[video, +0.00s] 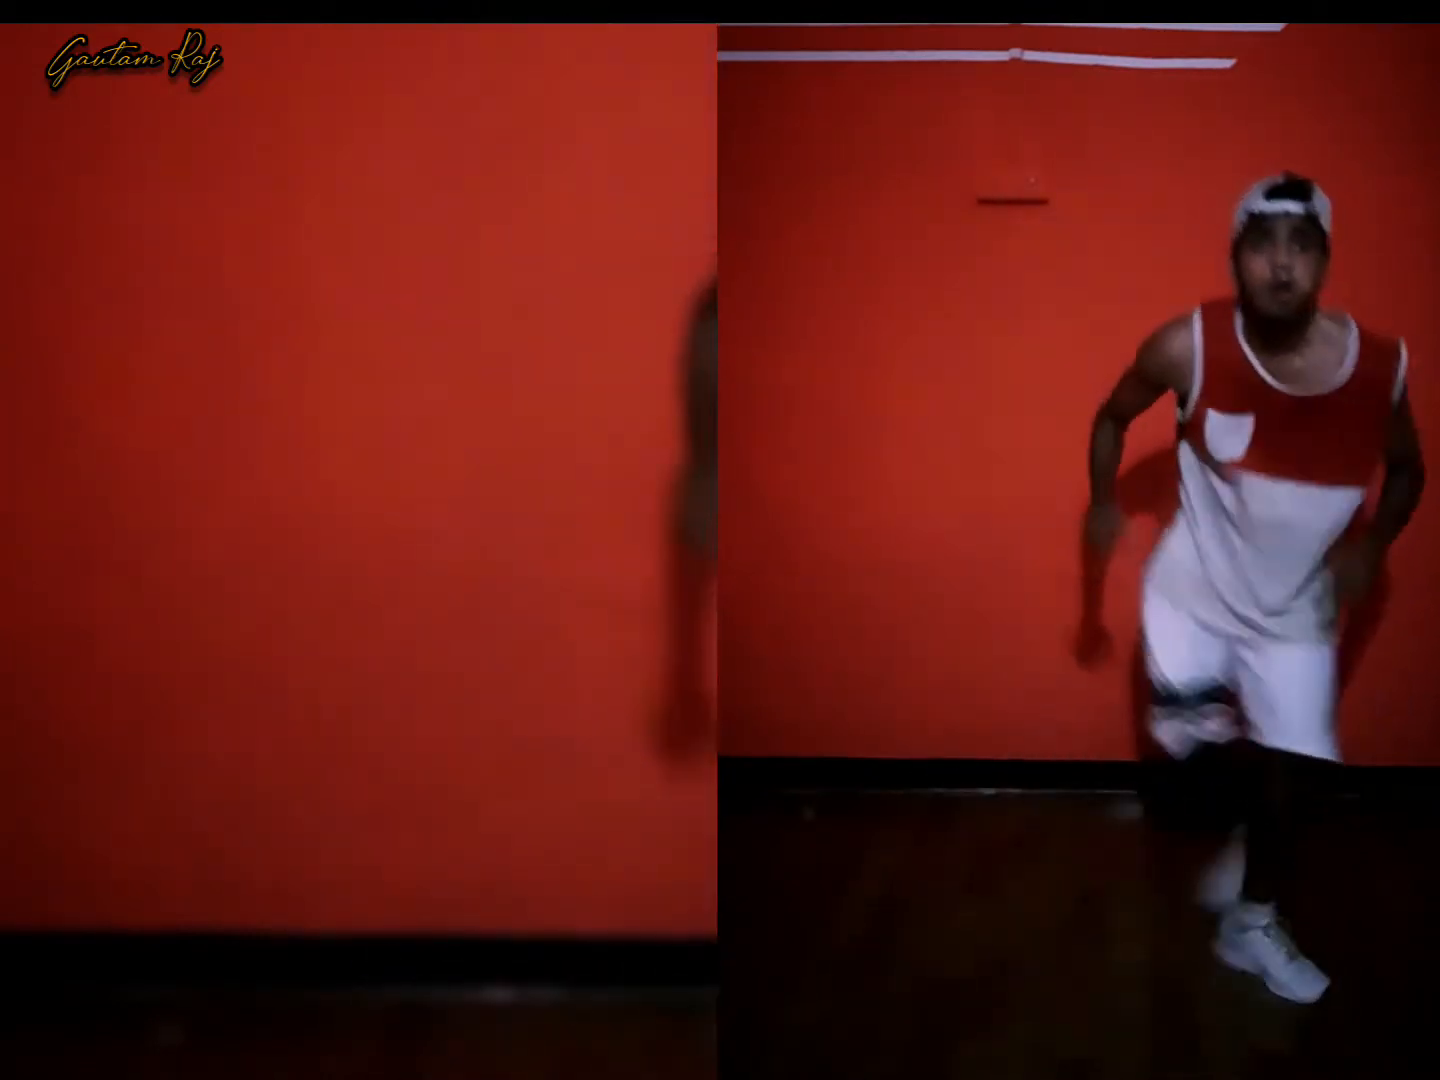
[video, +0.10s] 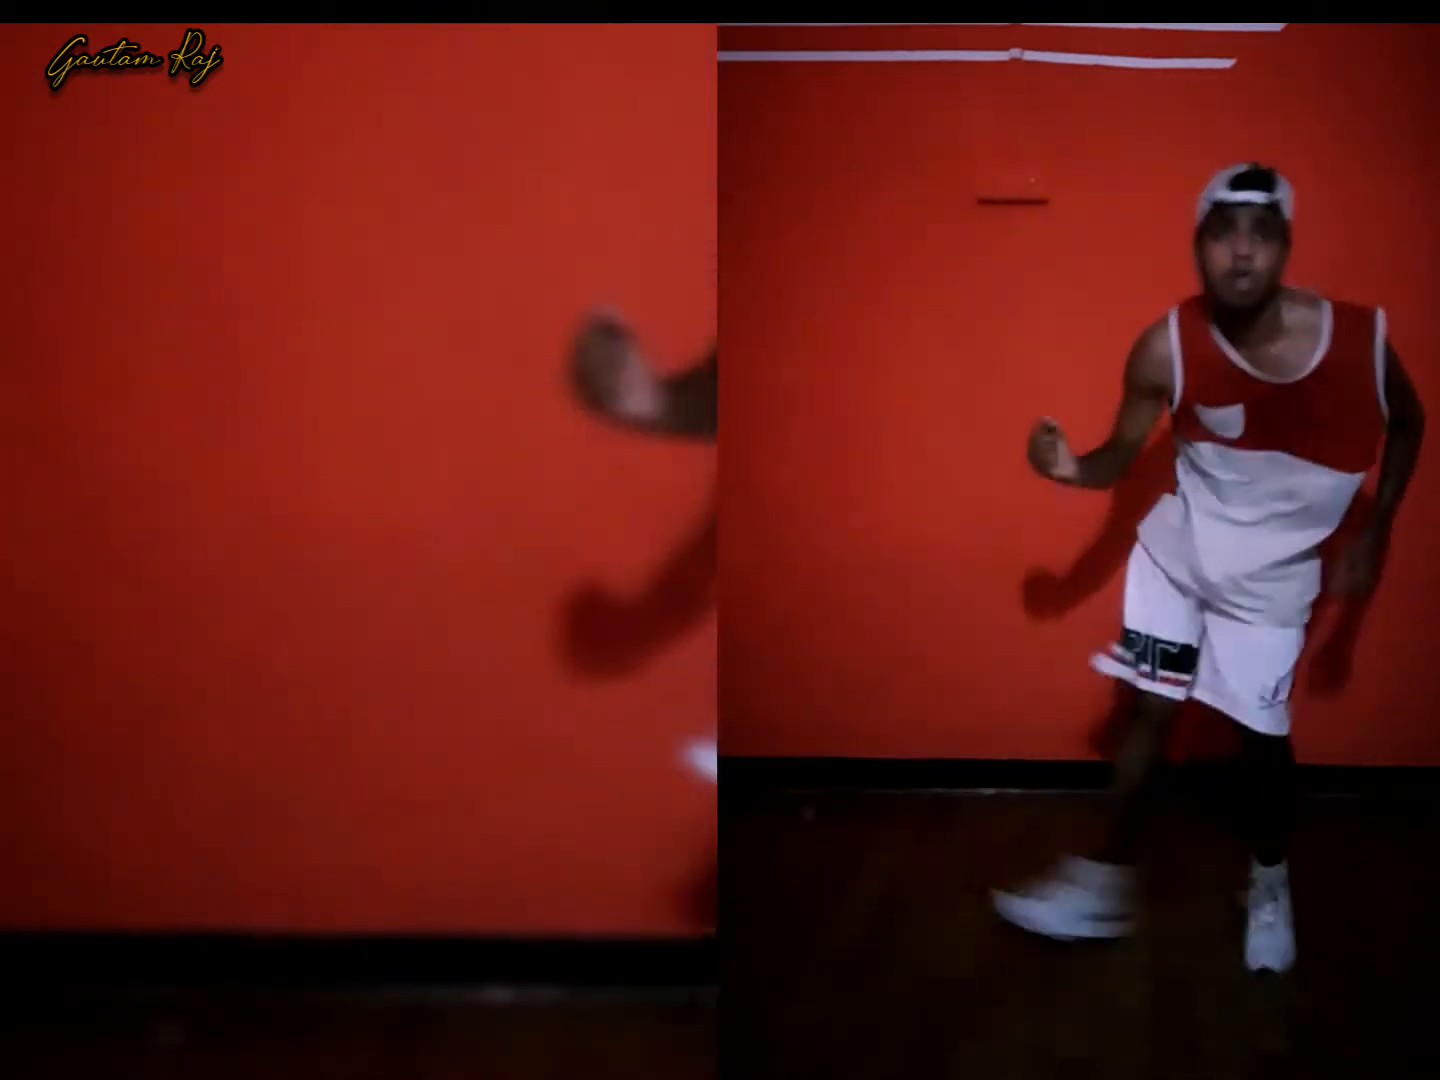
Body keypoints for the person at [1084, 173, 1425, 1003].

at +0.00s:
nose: (1280, 263)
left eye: (1299, 245)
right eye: (1262, 244)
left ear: (1325, 262)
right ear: (1235, 260)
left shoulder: (1377, 366)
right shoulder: (1188, 348)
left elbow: (1407, 471)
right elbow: (1112, 419)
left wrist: (1367, 547)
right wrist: (1102, 504)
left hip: (1295, 615)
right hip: (1192, 597)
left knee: (1296, 775)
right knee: (1198, 768)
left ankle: (1253, 919)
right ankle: (1233, 845)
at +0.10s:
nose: (1242, 253)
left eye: (1261, 235)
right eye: (1225, 233)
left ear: (1286, 249)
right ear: (1198, 247)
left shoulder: (1358, 343)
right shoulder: (1169, 348)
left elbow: (1407, 423)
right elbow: (1119, 452)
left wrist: (1369, 534)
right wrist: (1073, 468)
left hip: (1280, 570)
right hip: (1184, 546)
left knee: (1263, 738)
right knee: (1148, 706)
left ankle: (1268, 890)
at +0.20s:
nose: (1221, 269)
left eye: (1239, 252)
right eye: (1203, 251)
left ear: (1262, 267)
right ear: (1175, 266)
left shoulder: (1328, 352)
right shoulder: (1147, 364)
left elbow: (1400, 395)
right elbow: (1072, 451)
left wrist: (1366, 508)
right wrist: (1051, 515)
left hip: (1281, 569)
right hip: (1182, 554)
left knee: (1262, 747)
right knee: (1103, 701)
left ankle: (1266, 890)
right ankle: (1034, 878)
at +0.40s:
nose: (1207, 263)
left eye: (1223, 245)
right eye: (1189, 246)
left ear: (1247, 259)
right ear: (1163, 260)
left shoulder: (1293, 363)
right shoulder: (1114, 348)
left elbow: (1292, 507)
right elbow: (1045, 413)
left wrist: (1303, 449)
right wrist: (1054, 508)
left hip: (1255, 554)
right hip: (1150, 546)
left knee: (1290, 706)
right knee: (1127, 711)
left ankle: (1239, 812)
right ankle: (1135, 875)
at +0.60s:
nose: (1157, 270)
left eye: (1174, 254)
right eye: (1140, 253)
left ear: (1199, 269)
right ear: (1117, 268)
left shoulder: (1250, 368)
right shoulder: (1080, 359)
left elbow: (1283, 478)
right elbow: (1036, 429)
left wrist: (1238, 485)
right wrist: (1025, 524)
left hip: (1192, 592)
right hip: (1102, 577)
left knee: (1165, 752)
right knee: (1076, 740)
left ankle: (1062, 792)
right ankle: (1128, 881)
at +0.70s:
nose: (1140, 278)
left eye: (1158, 262)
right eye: (1124, 262)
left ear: (1183, 275)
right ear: (1103, 277)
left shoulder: (1243, 372)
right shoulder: (1077, 371)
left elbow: (1281, 464)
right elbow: (1044, 459)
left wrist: (1219, 544)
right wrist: (1010, 526)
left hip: (1174, 598)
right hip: (1089, 582)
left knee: (1120, 781)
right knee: (1065, 757)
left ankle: (1022, 810)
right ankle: (1125, 879)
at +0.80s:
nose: (1128, 284)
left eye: (1145, 268)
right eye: (1112, 268)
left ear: (1170, 279)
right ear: (1092, 282)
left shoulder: (1230, 374)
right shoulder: (1067, 374)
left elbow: (1286, 452)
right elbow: (1043, 465)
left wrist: (1219, 526)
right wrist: (1016, 512)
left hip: (1167, 600)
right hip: (1083, 585)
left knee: (1106, 776)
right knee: (1058, 751)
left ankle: (1042, 802)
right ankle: (1125, 881)